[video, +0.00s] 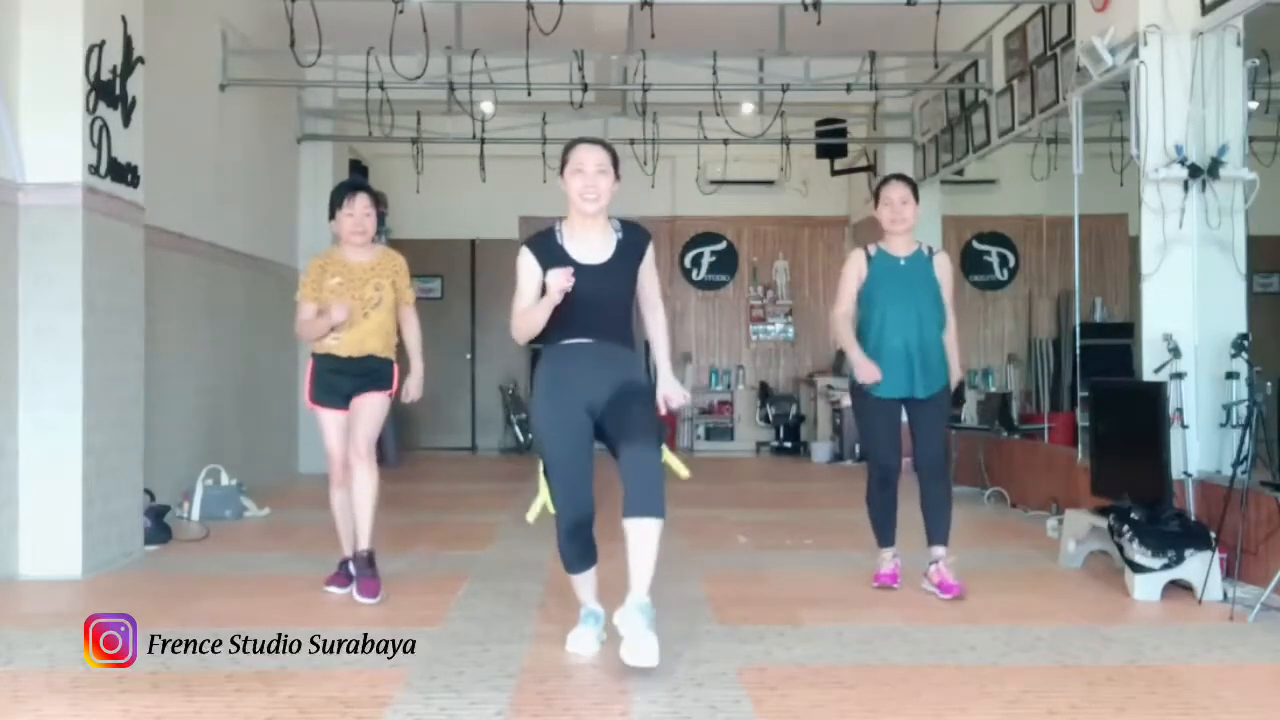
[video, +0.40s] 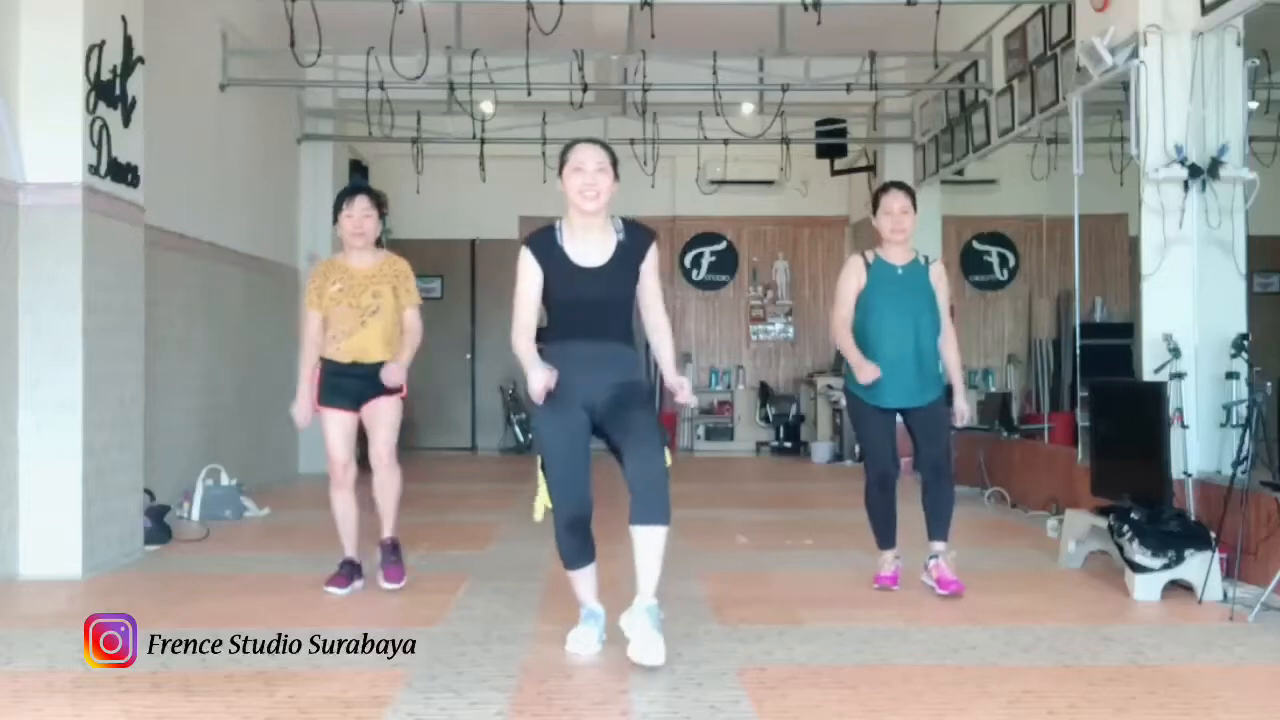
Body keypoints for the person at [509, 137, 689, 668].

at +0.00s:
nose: (589, 181)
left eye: (600, 172)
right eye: (579, 171)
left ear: (615, 182)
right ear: (562, 180)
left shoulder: (636, 242)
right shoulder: (537, 250)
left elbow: (653, 311)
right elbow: (521, 330)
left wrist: (665, 373)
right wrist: (549, 298)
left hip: (625, 374)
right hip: (559, 377)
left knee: (644, 465)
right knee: (573, 509)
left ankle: (638, 605)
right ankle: (590, 612)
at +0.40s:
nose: (589, 179)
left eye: (599, 171)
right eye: (578, 171)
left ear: (615, 182)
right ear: (561, 182)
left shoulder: (640, 244)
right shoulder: (538, 249)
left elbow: (655, 316)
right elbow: (522, 330)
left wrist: (670, 372)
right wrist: (534, 367)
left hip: (626, 385)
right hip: (559, 387)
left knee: (650, 471)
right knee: (570, 507)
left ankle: (645, 606)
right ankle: (591, 614)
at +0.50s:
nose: (590, 175)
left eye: (600, 167)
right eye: (579, 166)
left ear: (615, 178)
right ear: (562, 177)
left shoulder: (640, 237)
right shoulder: (537, 245)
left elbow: (664, 304)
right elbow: (520, 327)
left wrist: (669, 339)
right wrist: (519, 397)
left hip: (624, 380)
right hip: (558, 382)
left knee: (658, 472)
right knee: (570, 504)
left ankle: (646, 584)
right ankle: (590, 612)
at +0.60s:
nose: (591, 158)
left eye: (601, 149)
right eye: (580, 149)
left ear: (616, 160)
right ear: (562, 160)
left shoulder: (640, 219)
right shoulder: (536, 226)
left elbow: (665, 300)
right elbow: (514, 309)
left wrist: (646, 268)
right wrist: (505, 384)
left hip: (624, 362)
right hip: (560, 366)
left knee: (655, 484)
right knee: (575, 494)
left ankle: (652, 587)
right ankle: (590, 611)